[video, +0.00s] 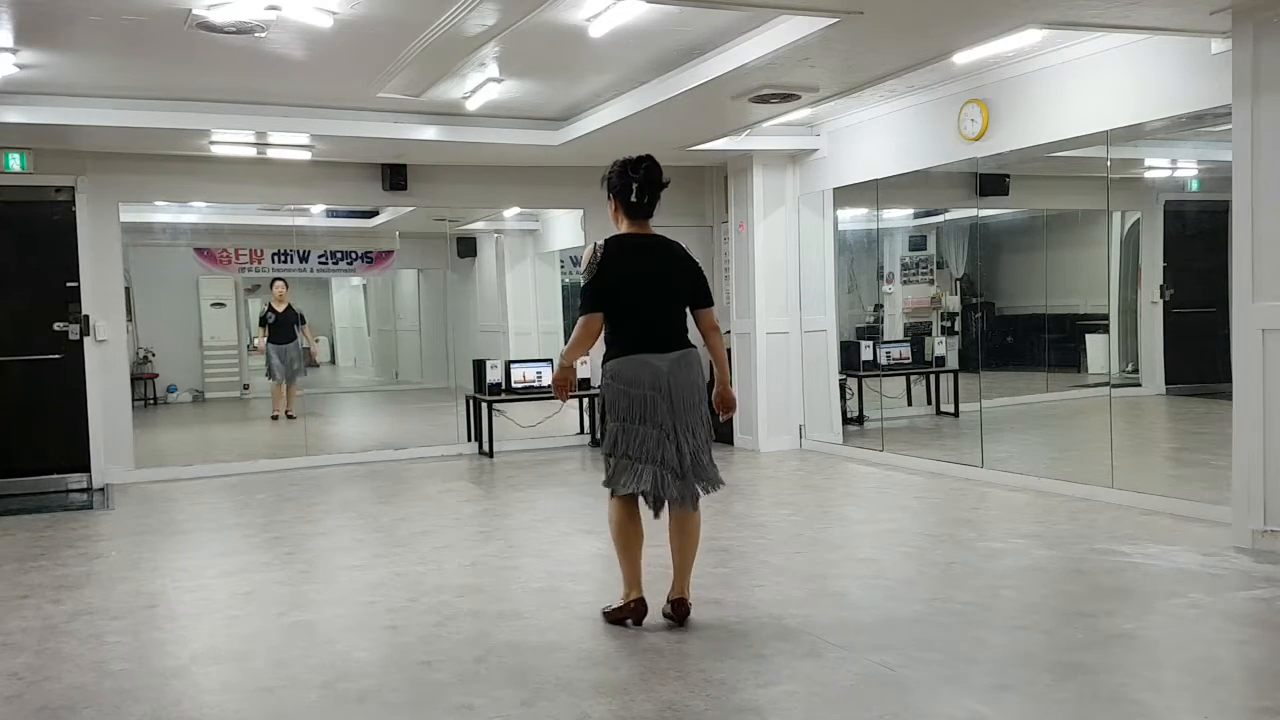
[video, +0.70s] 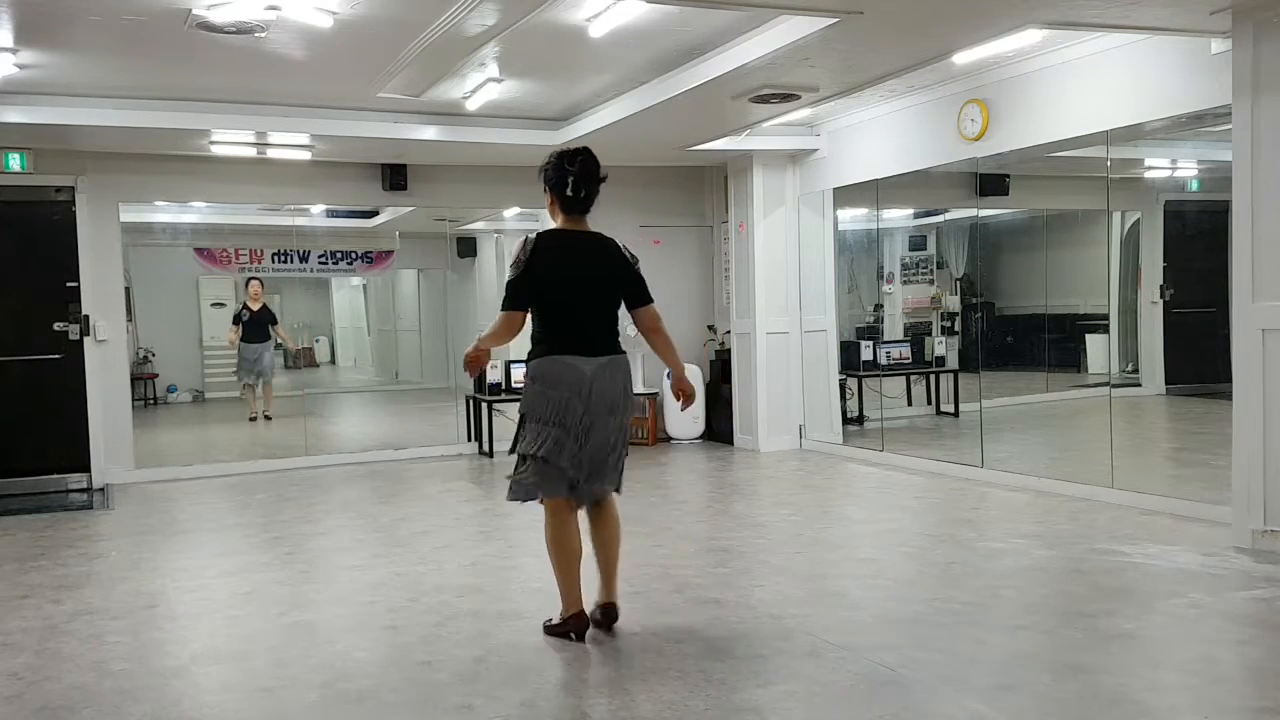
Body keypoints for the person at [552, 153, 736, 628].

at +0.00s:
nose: (608, 208)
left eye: (608, 202)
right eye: (612, 201)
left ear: (613, 204)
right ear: (656, 203)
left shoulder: (605, 255)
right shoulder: (678, 254)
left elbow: (591, 323)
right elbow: (709, 324)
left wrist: (566, 363)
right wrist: (724, 378)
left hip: (626, 373)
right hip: (683, 370)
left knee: (623, 483)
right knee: (684, 481)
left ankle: (633, 596)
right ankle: (680, 594)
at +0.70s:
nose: (546, 200)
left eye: (545, 193)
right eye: (550, 192)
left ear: (549, 197)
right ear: (595, 196)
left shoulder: (535, 250)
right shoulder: (615, 253)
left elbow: (511, 322)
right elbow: (648, 322)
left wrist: (483, 347)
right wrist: (677, 368)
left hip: (553, 377)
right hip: (610, 377)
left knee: (557, 496)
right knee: (601, 490)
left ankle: (573, 612)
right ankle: (608, 601)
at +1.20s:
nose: (513, 199)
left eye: (513, 192)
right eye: (516, 191)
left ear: (520, 196)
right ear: (564, 195)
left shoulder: (507, 251)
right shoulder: (585, 252)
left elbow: (487, 322)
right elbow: (621, 321)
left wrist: (452, 345)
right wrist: (641, 361)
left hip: (523, 379)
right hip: (583, 376)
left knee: (509, 497)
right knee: (591, 493)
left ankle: (513, 613)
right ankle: (594, 606)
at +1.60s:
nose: (456, 195)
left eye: (454, 189)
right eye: (461, 188)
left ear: (458, 195)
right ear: (505, 194)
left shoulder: (440, 251)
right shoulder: (524, 252)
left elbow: (412, 324)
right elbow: (568, 321)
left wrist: (390, 330)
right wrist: (607, 372)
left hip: (463, 380)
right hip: (523, 379)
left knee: (465, 503)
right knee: (548, 490)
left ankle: (472, 623)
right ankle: (586, 596)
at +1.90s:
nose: (428, 198)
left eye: (424, 191)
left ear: (424, 197)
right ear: (473, 195)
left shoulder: (408, 254)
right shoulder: (494, 252)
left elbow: (376, 320)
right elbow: (538, 320)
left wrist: (356, 358)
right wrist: (584, 371)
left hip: (430, 383)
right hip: (493, 382)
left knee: (448, 508)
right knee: (503, 500)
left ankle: (472, 623)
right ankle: (504, 612)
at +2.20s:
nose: (405, 201)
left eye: (400, 194)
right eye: (436, 191)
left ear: (399, 199)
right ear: (450, 196)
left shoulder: (382, 258)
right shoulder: (474, 254)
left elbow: (348, 332)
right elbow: (517, 323)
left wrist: (312, 394)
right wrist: (555, 373)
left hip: (401, 393)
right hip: (462, 392)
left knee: (442, 511)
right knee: (453, 517)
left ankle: (469, 621)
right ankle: (424, 643)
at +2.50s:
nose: (385, 195)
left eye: (376, 187)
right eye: (408, 186)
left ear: (373, 192)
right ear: (425, 190)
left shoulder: (354, 254)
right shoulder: (448, 249)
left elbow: (314, 326)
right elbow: (493, 319)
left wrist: (274, 391)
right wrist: (513, 367)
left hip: (375, 389)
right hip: (442, 385)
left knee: (392, 519)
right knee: (440, 522)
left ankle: (396, 636)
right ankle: (420, 655)